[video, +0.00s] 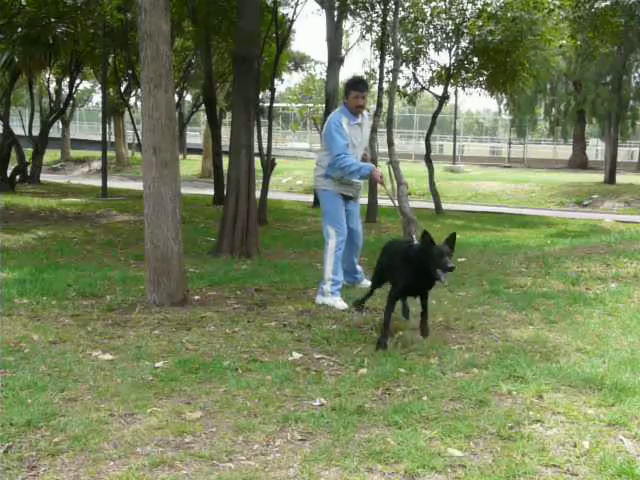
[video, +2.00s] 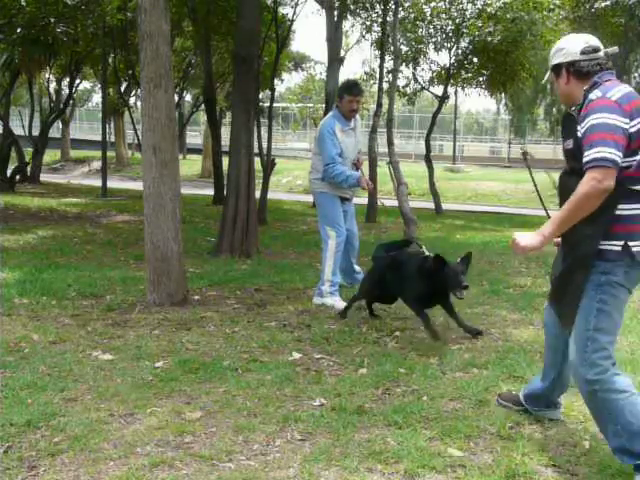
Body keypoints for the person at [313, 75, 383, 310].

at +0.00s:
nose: (361, 102)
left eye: (364, 97)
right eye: (357, 97)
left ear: (367, 98)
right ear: (346, 97)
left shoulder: (364, 120)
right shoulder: (336, 122)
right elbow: (340, 160)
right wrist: (369, 170)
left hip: (351, 183)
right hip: (330, 183)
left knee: (355, 232)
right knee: (337, 233)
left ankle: (352, 274)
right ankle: (329, 291)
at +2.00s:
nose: (355, 106)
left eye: (358, 102)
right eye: (350, 102)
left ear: (360, 102)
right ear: (339, 101)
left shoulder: (353, 124)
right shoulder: (329, 127)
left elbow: (349, 152)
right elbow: (330, 169)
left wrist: (356, 159)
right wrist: (356, 178)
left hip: (344, 188)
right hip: (326, 188)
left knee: (351, 234)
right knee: (335, 235)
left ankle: (350, 275)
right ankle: (326, 291)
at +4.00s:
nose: (364, 115)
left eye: (367, 110)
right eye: (360, 110)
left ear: (370, 110)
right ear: (349, 109)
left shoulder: (363, 130)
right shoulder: (335, 132)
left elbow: (358, 156)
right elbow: (337, 171)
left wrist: (364, 163)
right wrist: (366, 178)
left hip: (344, 189)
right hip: (324, 187)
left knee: (349, 233)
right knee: (335, 233)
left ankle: (352, 276)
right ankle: (327, 292)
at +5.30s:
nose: (360, 120)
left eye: (364, 115)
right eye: (356, 115)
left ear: (368, 114)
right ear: (346, 113)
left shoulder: (366, 131)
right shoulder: (331, 135)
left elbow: (365, 153)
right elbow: (328, 174)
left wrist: (363, 164)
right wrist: (351, 185)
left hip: (345, 191)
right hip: (322, 189)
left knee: (348, 234)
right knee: (334, 233)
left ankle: (352, 279)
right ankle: (327, 292)